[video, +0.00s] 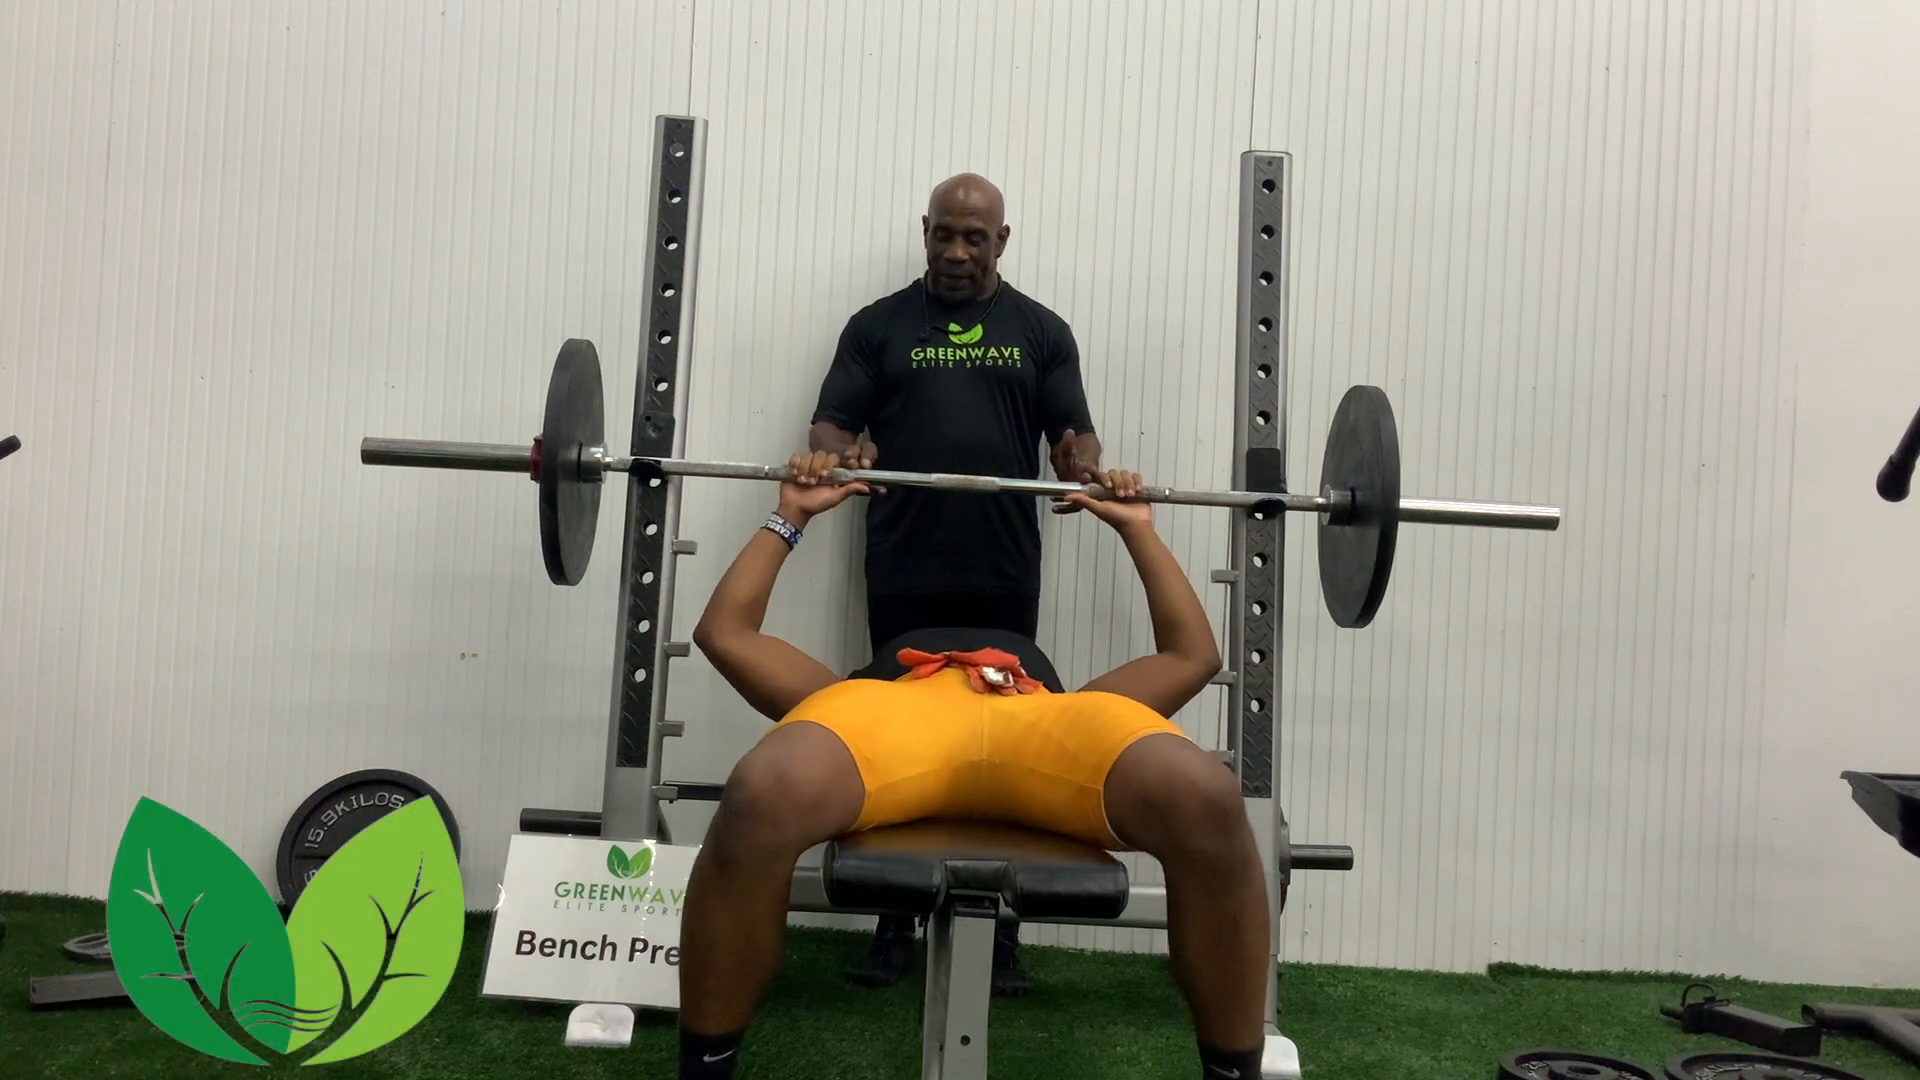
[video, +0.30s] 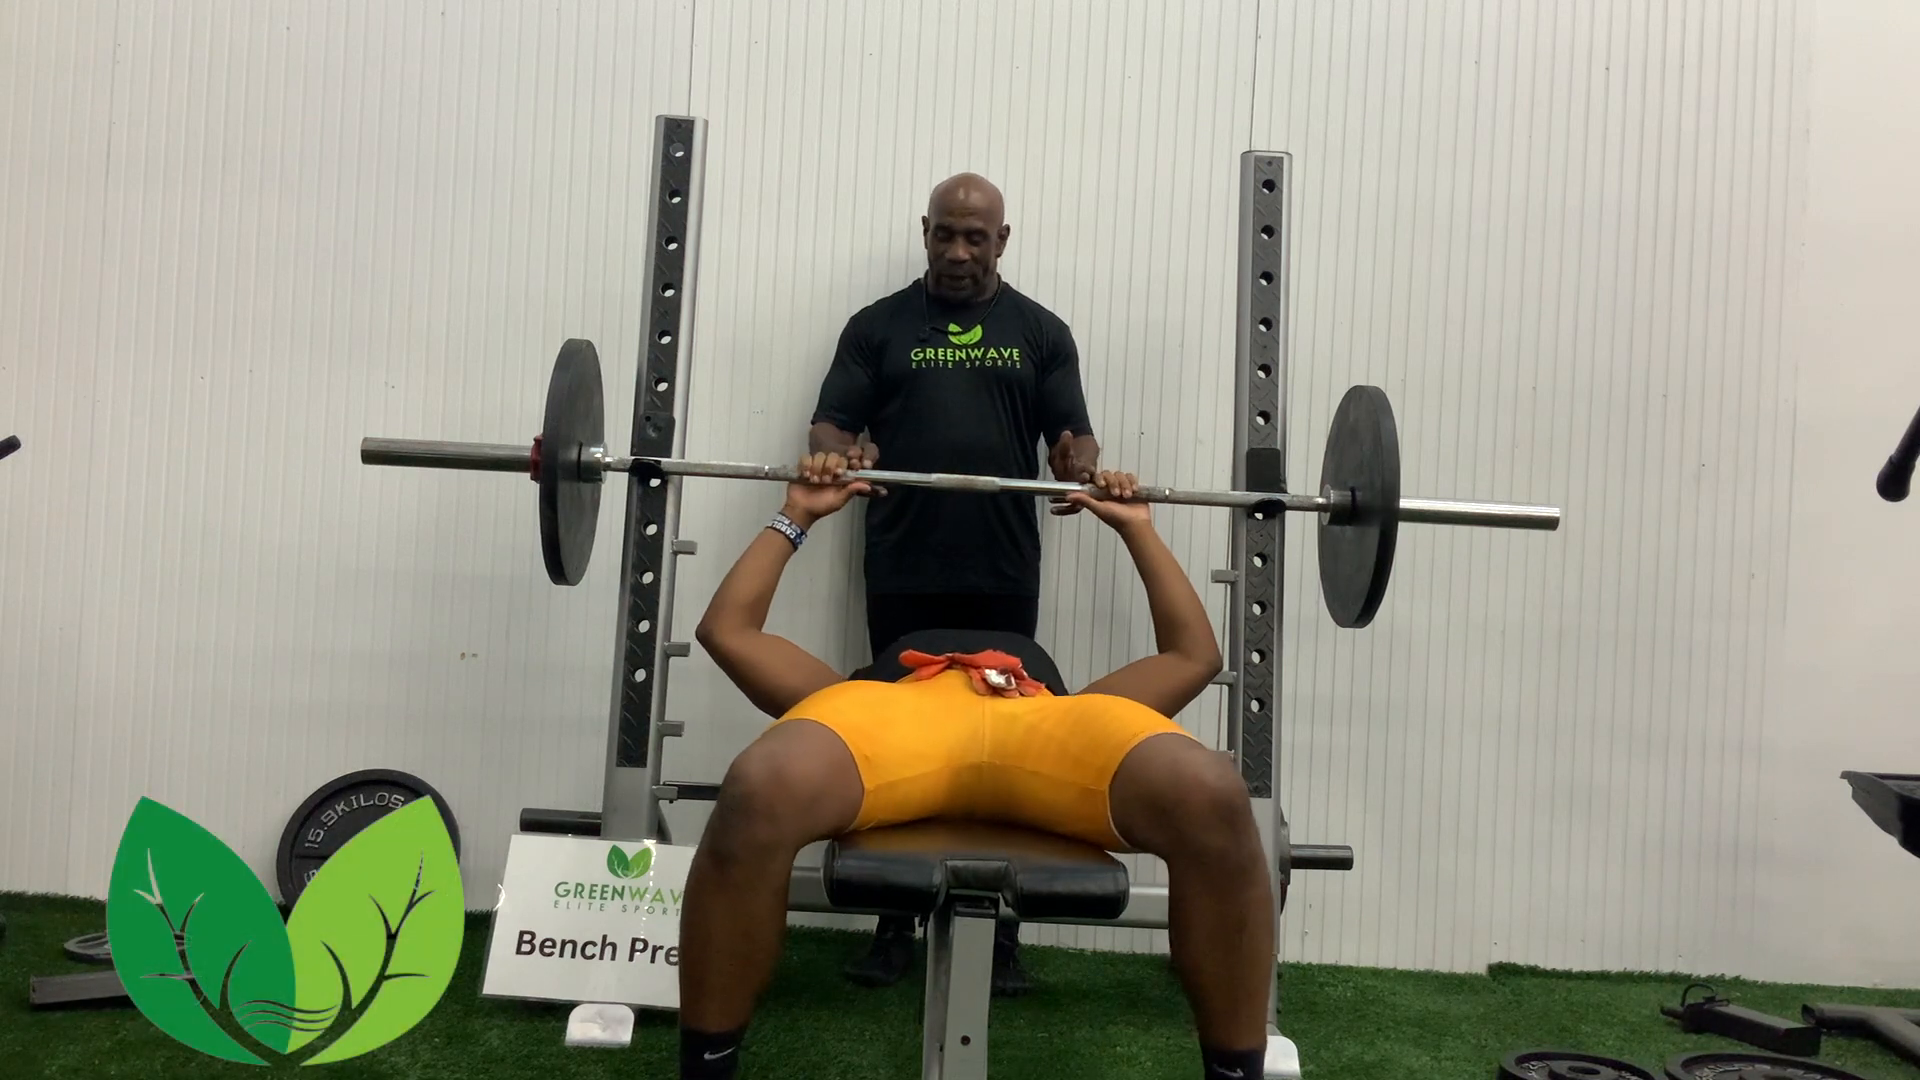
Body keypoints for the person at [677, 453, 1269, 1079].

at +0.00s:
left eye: (999, 656)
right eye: (941, 653)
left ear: (1031, 682)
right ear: (905, 664)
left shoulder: (1069, 704)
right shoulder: (857, 690)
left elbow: (1194, 653)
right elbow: (724, 630)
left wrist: (1136, 524)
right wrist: (793, 513)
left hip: (1053, 715)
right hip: (885, 704)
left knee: (1208, 800)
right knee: (755, 800)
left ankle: (1237, 1072)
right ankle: (704, 1069)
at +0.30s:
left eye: (1000, 659)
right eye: (944, 653)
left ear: (1034, 690)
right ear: (907, 667)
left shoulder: (1070, 706)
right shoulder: (860, 690)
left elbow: (1195, 654)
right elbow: (727, 627)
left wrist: (1137, 525)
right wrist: (797, 515)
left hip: (1054, 717)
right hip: (884, 706)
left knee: (1213, 798)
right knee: (755, 793)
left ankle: (1239, 1073)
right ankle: (706, 1068)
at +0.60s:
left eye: (996, 657)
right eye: (938, 658)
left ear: (1033, 684)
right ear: (906, 667)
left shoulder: (1075, 707)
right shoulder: (859, 691)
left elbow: (1195, 650)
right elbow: (725, 630)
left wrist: (1135, 521)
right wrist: (796, 513)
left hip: (1056, 717)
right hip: (888, 705)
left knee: (1206, 812)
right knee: (756, 799)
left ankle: (1227, 1070)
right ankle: (709, 1065)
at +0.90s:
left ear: (1033, 690)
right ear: (904, 665)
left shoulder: (1069, 705)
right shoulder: (856, 689)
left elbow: (1194, 649)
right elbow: (724, 627)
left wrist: (1136, 519)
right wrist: (796, 513)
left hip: (1054, 720)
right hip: (883, 707)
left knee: (1214, 813)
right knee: (755, 795)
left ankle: (1233, 1071)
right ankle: (708, 1065)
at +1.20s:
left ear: (1033, 682)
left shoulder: (1068, 706)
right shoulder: (857, 690)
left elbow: (1192, 649)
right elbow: (729, 628)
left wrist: (1130, 518)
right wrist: (801, 517)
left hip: (1052, 717)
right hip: (885, 705)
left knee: (1209, 813)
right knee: (755, 797)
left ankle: (1229, 1073)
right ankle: (708, 1069)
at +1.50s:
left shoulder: (1070, 688)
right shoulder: (858, 677)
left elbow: (1196, 640)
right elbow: (728, 619)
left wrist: (1125, 519)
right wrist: (805, 515)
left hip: (1055, 715)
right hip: (884, 704)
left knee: (1206, 814)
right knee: (757, 795)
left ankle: (1228, 1071)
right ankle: (709, 1067)